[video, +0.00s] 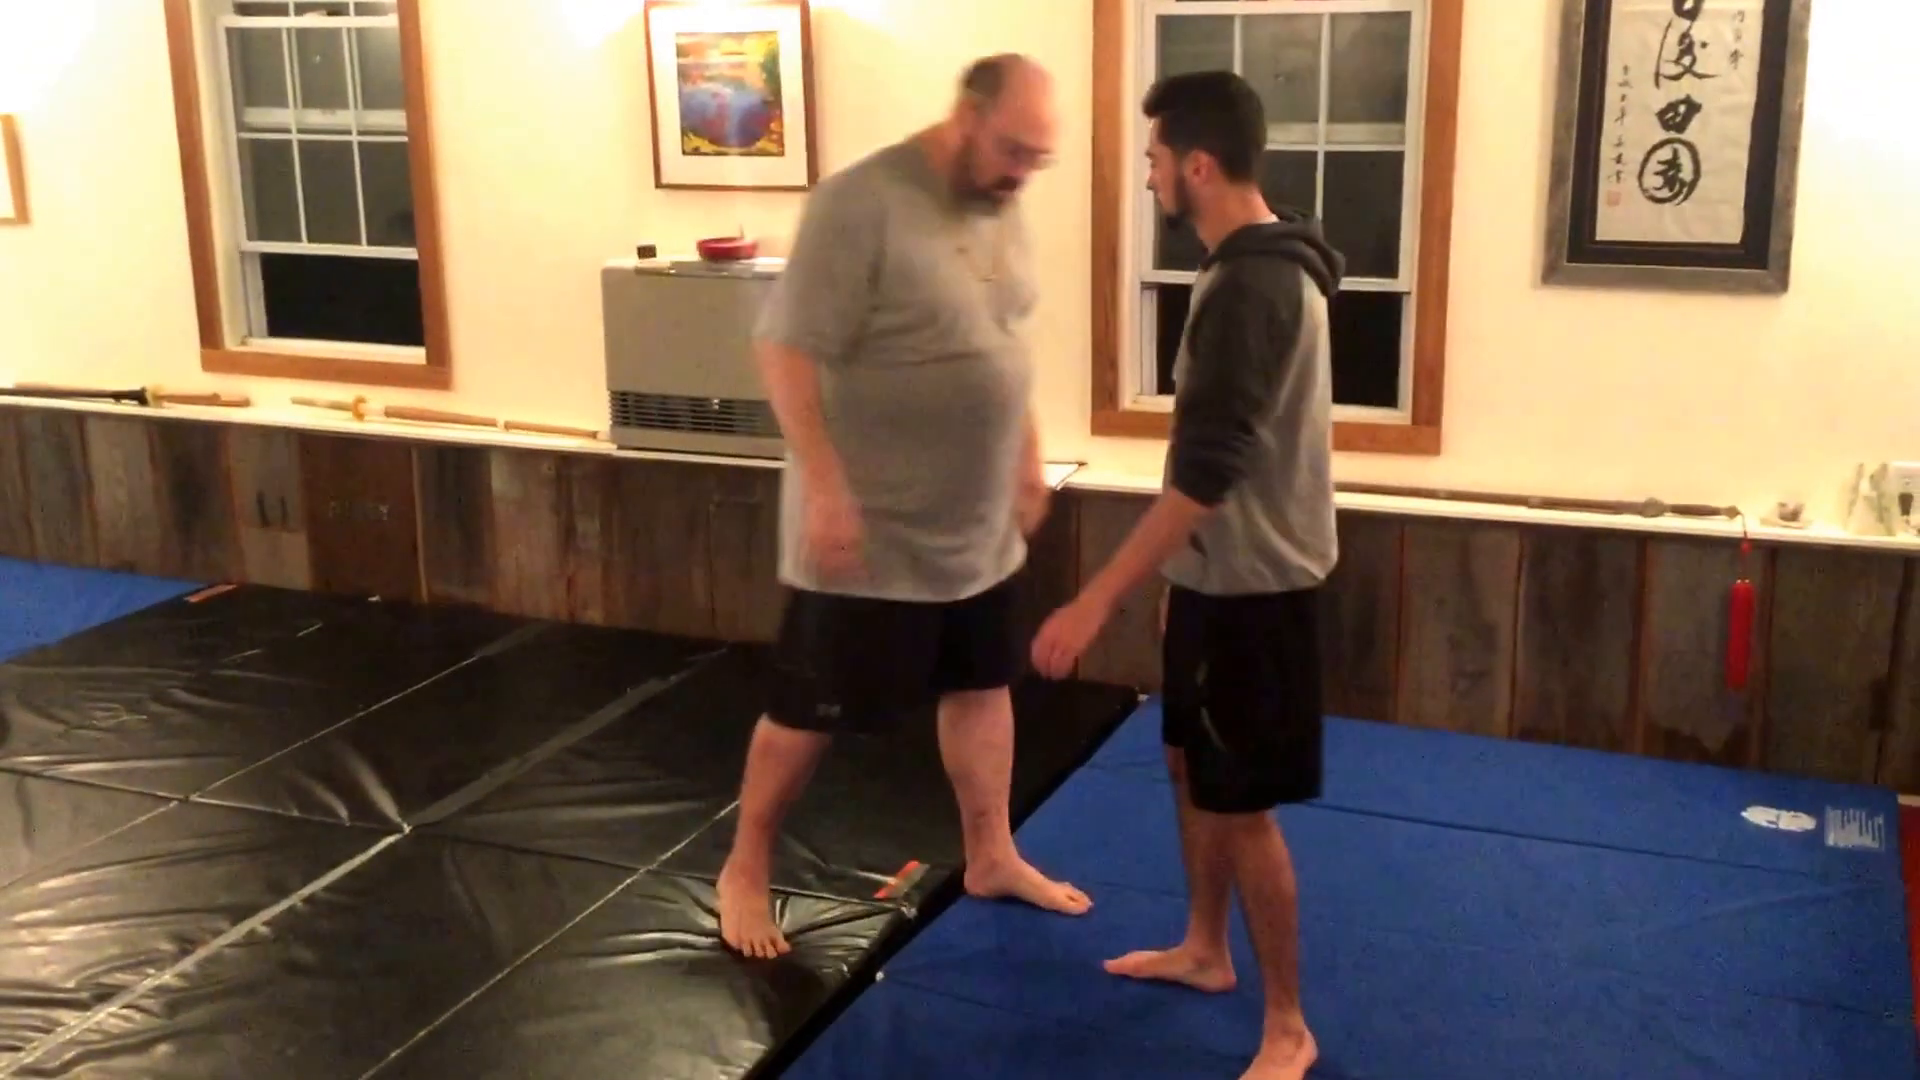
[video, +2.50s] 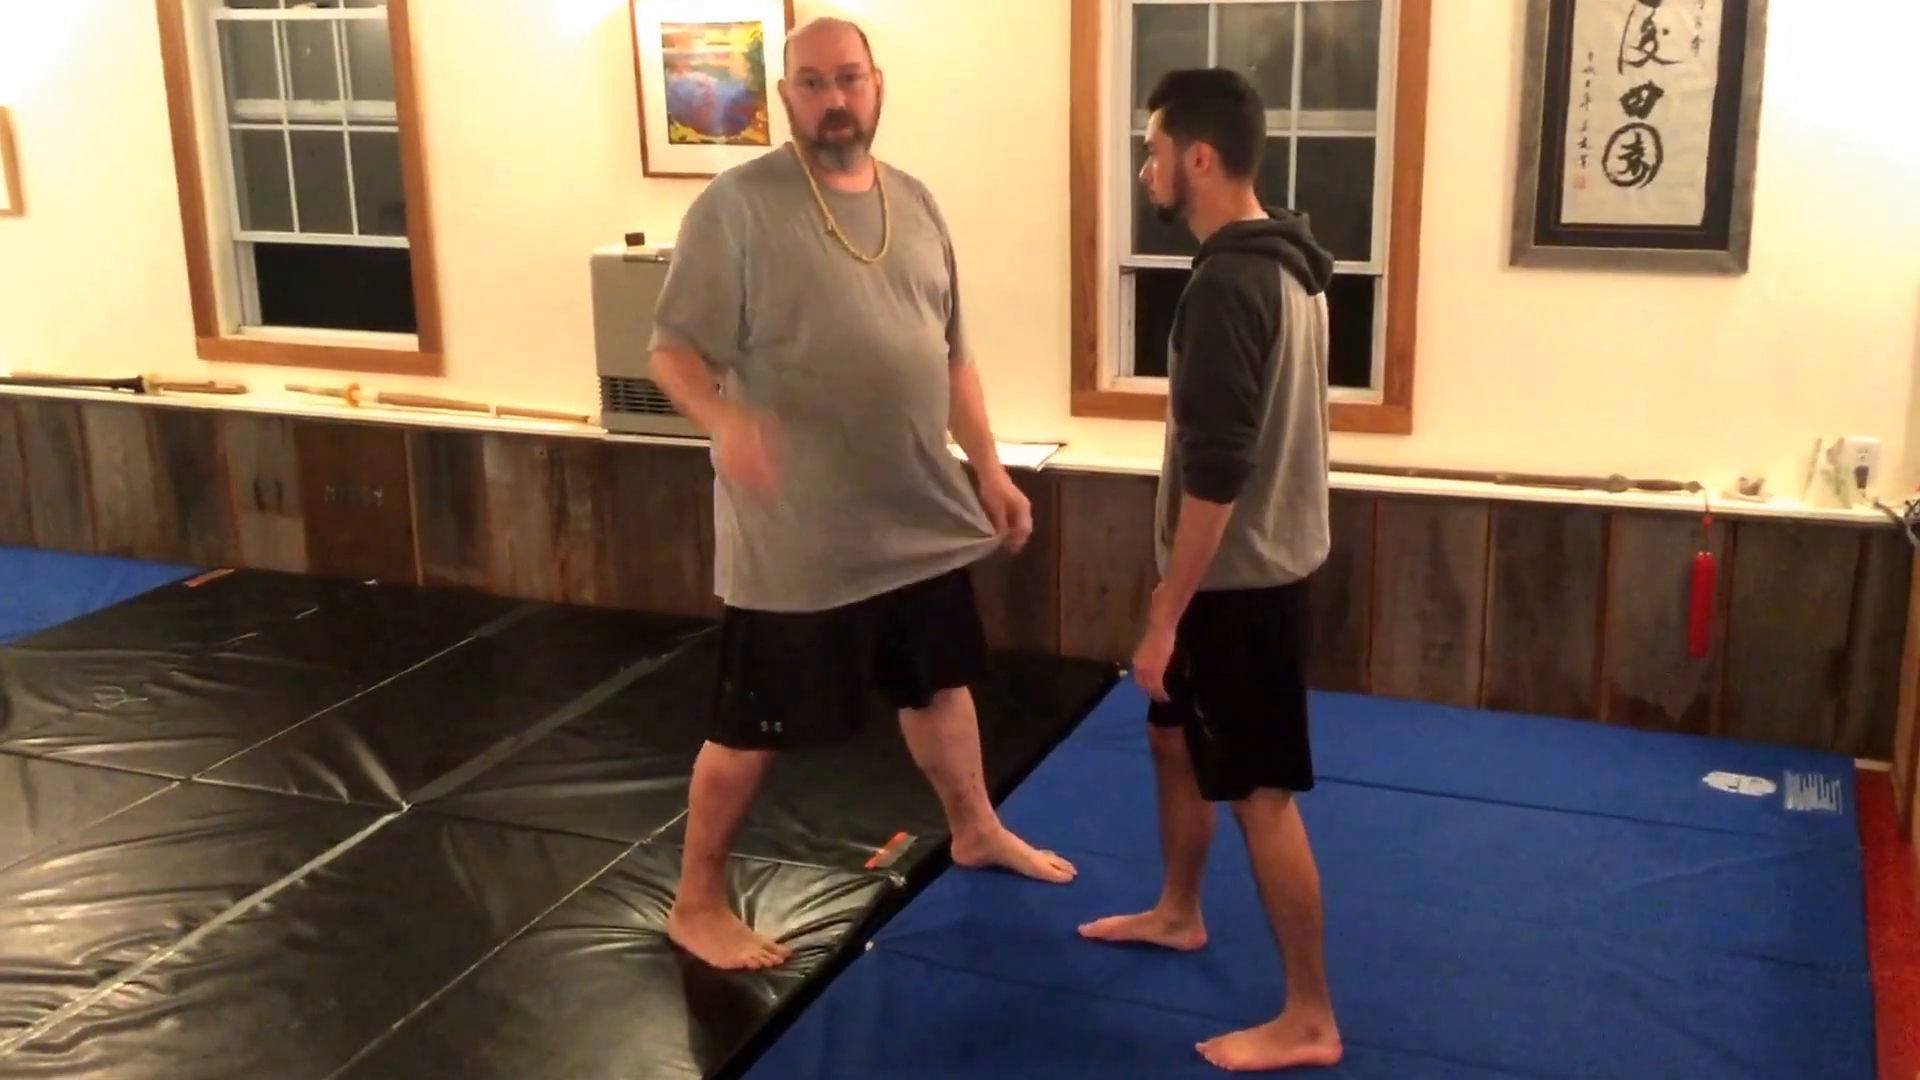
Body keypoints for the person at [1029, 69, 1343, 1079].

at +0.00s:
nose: (1151, 176)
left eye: (1159, 158)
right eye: (1152, 157)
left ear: (1201, 163)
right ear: (1226, 161)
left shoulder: (1249, 281)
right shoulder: (1274, 259)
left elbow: (1203, 479)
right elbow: (1253, 449)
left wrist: (1089, 606)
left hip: (1248, 581)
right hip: (1222, 573)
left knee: (1242, 803)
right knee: (1189, 756)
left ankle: (1288, 1028)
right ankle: (1204, 950)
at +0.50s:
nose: (1141, 207)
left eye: (1141, 186)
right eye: (1136, 189)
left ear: (1176, 176)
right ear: (1215, 171)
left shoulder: (1224, 280)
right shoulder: (1290, 261)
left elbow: (1198, 460)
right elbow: (1263, 436)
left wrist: (1149, 570)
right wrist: (1173, 545)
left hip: (1247, 571)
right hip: (1268, 556)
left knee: (1250, 800)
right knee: (1182, 748)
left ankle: (1320, 1042)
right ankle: (1199, 939)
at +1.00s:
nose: (1152, 211)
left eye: (1151, 191)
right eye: (1146, 193)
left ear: (1188, 181)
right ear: (1228, 174)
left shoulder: (1244, 293)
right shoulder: (1308, 265)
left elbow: (1250, 498)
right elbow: (1316, 438)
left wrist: (1214, 659)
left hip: (1273, 592)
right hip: (1292, 572)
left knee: (1275, 817)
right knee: (1200, 744)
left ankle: (1317, 1040)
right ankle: (1192, 929)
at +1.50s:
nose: (1156, 185)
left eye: (1162, 164)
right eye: (1156, 166)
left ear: (1207, 163)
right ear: (1238, 162)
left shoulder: (1242, 287)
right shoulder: (1299, 261)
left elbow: (1227, 477)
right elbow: (1289, 439)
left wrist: (1164, 605)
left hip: (1258, 582)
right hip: (1263, 567)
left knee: (1263, 807)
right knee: (1184, 744)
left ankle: (1315, 1031)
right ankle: (1184, 919)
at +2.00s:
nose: (1150, 171)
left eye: (1158, 151)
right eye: (1151, 151)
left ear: (1203, 157)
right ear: (1233, 156)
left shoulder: (1236, 282)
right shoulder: (1288, 255)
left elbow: (1223, 472)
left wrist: (1168, 605)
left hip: (1253, 574)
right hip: (1251, 560)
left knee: (1262, 795)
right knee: (1180, 740)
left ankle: (1312, 1024)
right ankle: (1181, 914)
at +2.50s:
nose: (1147, 166)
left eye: (1157, 148)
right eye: (1149, 148)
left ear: (1203, 157)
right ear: (1231, 156)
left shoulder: (1226, 283)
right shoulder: (1284, 255)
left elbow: (1217, 478)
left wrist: (1166, 621)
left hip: (1242, 578)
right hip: (1245, 559)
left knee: (1260, 795)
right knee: (1172, 731)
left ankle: (1309, 1018)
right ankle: (1179, 909)